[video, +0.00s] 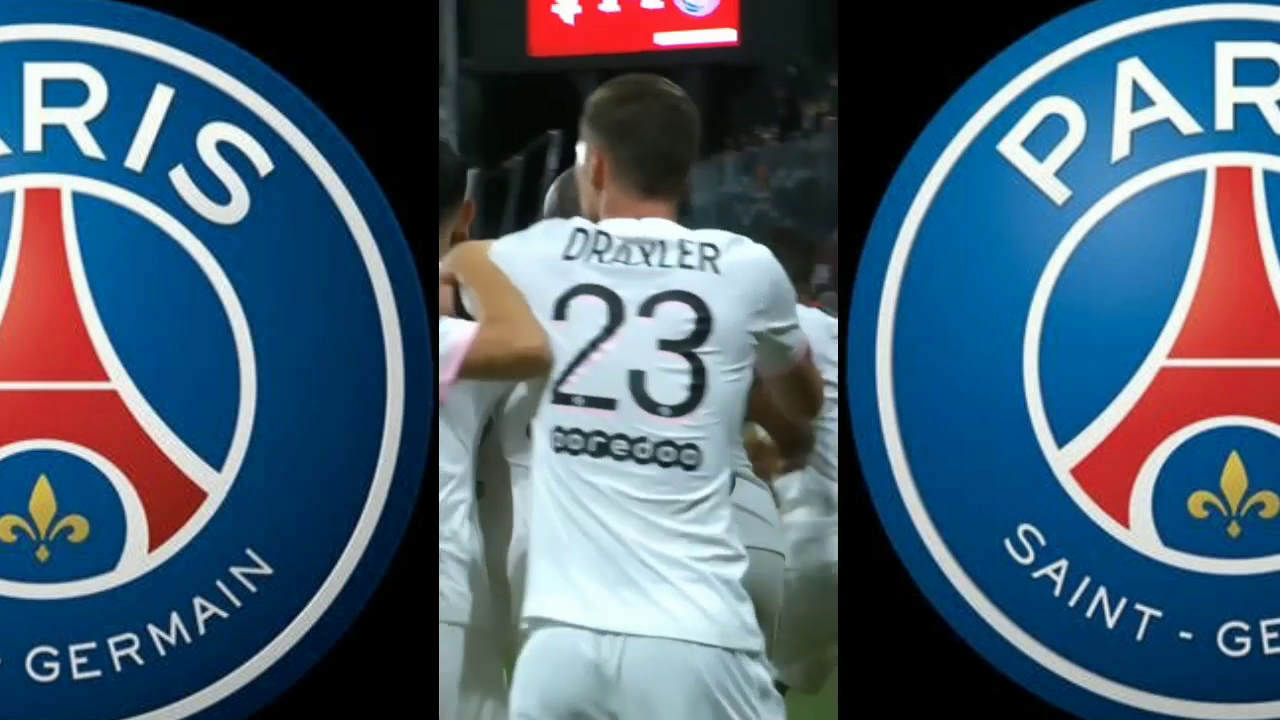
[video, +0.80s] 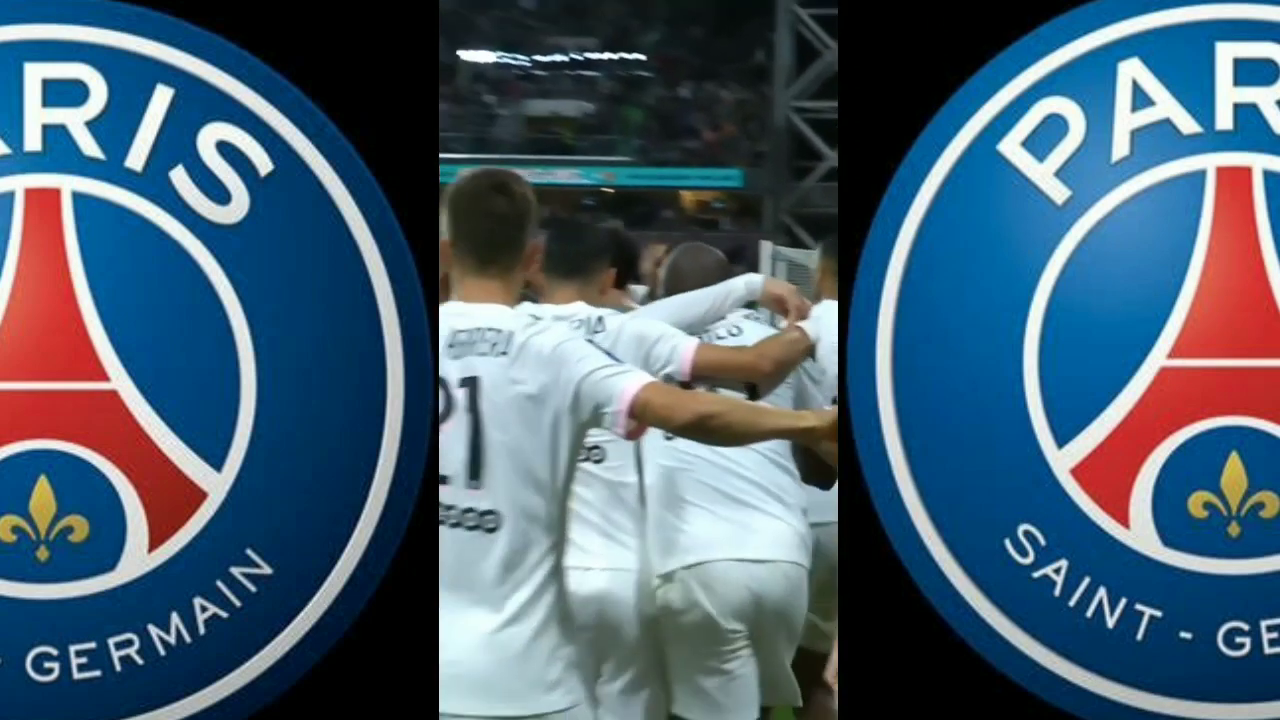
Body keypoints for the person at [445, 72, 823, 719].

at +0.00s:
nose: (578, 169)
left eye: (580, 153)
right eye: (579, 154)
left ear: (596, 164)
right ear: (685, 170)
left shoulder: (523, 256)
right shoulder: (749, 269)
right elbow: (798, 414)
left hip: (558, 636)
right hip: (699, 646)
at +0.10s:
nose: (608, 176)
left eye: (609, 163)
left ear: (621, 173)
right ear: (715, 190)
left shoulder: (558, 263)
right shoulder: (777, 277)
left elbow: (454, 299)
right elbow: (816, 406)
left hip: (590, 633)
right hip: (731, 641)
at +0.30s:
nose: (700, 186)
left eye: (705, 171)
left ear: (716, 182)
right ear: (809, 200)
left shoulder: (655, 281)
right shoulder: (849, 284)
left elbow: (510, 319)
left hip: (695, 629)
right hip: (826, 627)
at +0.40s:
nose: (746, 181)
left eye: (749, 169)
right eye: (753, 167)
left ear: (759, 179)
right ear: (844, 189)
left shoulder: (693, 280)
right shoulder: (894, 282)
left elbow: (638, 358)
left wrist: (713, 354)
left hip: (739, 616)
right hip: (842, 612)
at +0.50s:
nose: (799, 178)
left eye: (802, 167)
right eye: (804, 166)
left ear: (808, 176)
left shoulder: (745, 288)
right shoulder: (920, 284)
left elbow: (679, 461)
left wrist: (614, 528)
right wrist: (754, 460)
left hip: (800, 608)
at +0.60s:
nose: (830, 188)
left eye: (831, 177)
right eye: (834, 176)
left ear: (833, 191)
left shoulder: (781, 302)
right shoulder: (962, 288)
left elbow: (768, 487)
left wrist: (719, 587)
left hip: (826, 604)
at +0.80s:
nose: (626, 288)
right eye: (622, 277)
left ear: (537, 271)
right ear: (609, 279)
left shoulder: (509, 331)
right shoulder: (625, 332)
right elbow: (758, 367)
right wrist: (804, 332)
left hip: (520, 573)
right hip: (616, 572)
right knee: (625, 710)